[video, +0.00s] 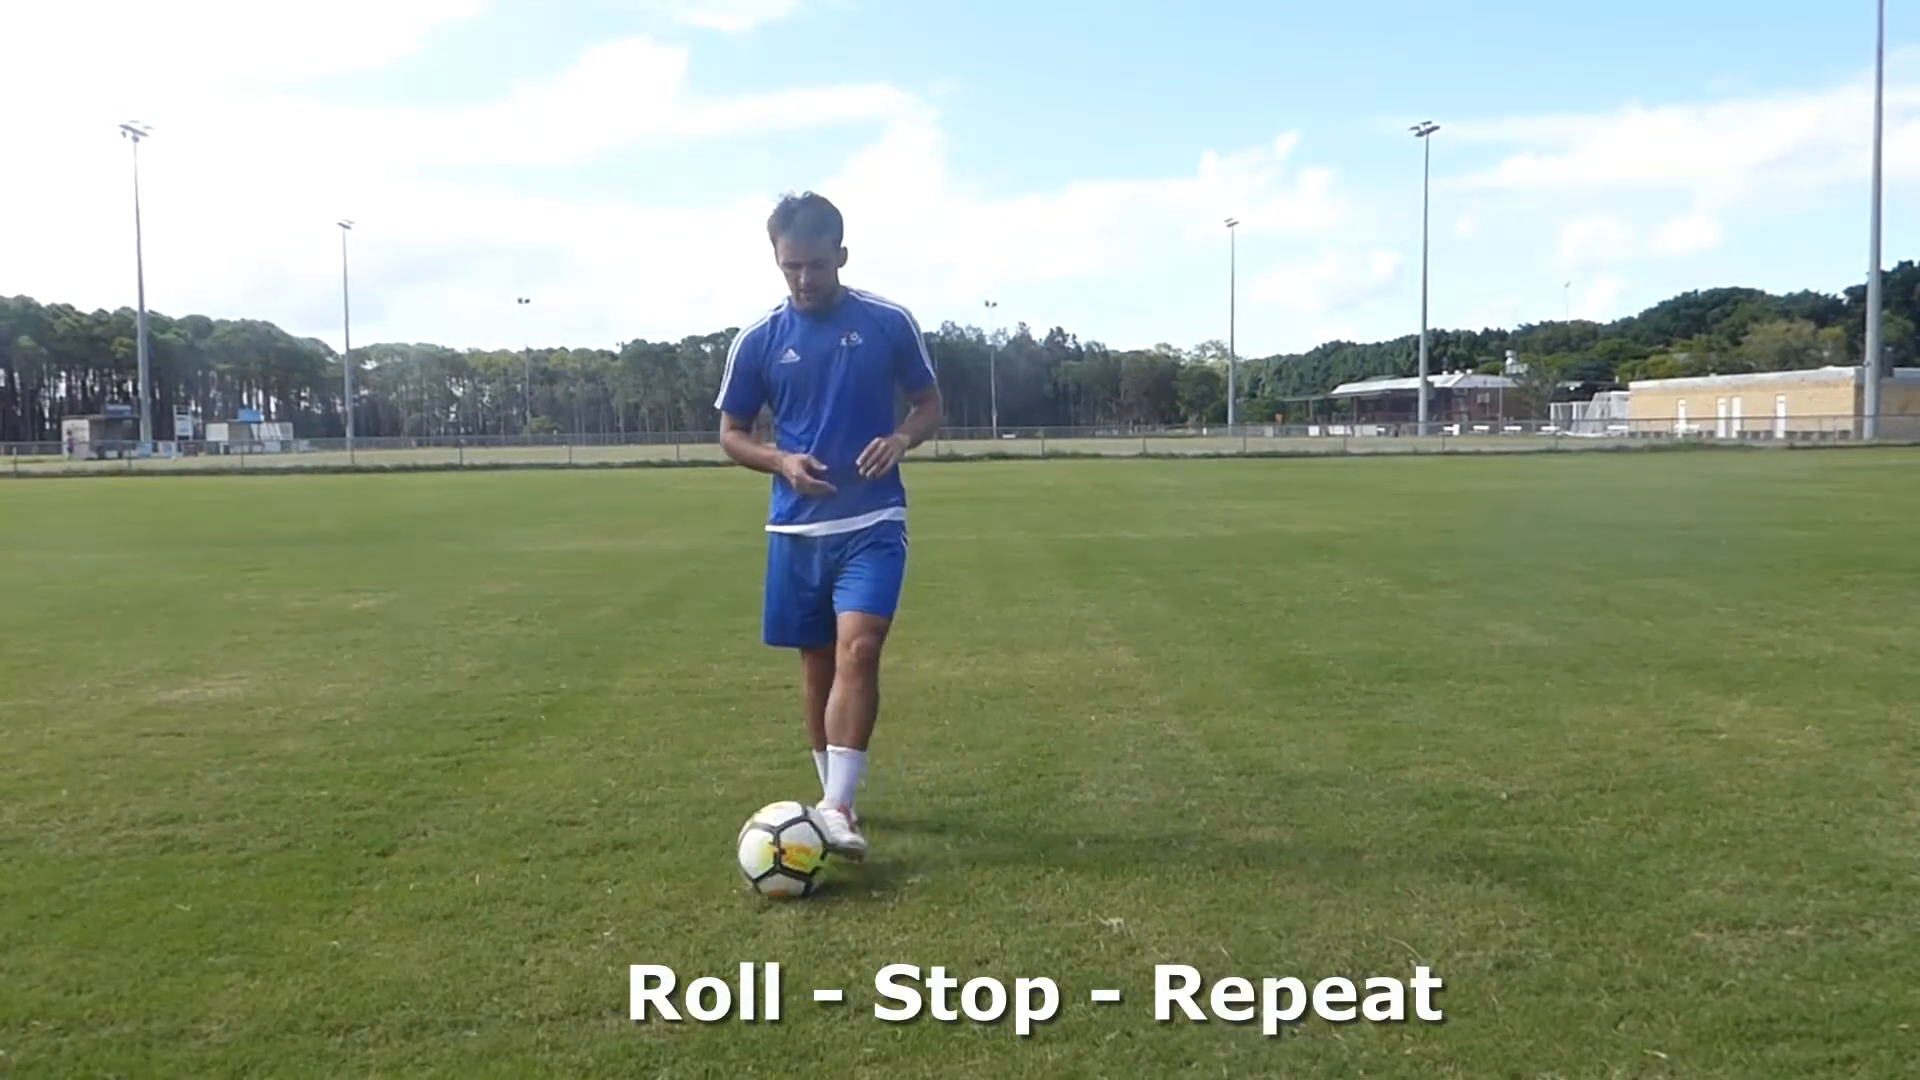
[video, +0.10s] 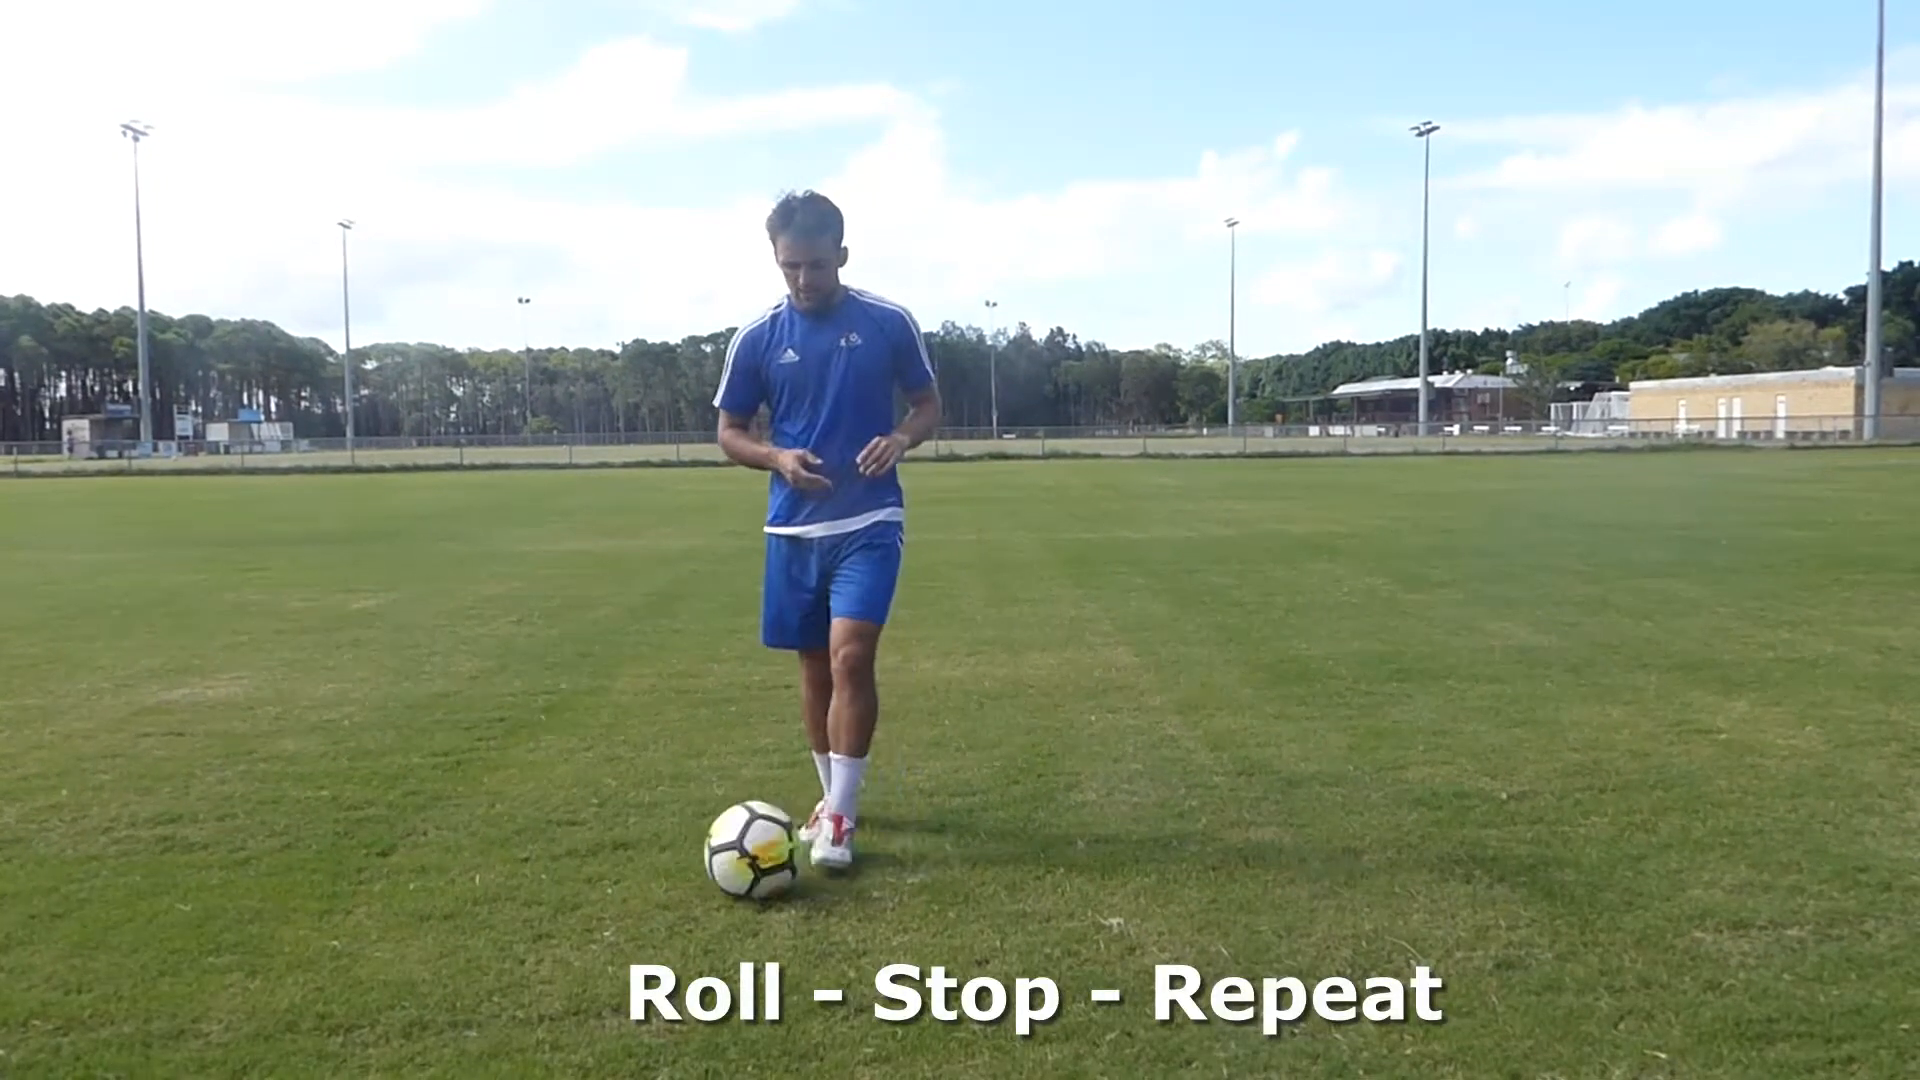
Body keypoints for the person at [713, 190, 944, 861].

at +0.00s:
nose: (805, 280)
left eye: (817, 265)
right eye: (790, 266)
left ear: (841, 255)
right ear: (774, 259)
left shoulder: (888, 323)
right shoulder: (758, 342)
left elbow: (930, 407)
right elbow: (731, 435)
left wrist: (901, 438)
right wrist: (780, 460)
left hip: (872, 524)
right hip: (797, 531)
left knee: (860, 651)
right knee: (819, 671)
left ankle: (839, 806)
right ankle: (835, 805)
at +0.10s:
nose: (804, 280)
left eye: (817, 265)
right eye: (790, 266)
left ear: (841, 253)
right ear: (774, 258)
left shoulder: (888, 324)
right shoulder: (758, 339)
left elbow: (928, 409)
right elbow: (729, 433)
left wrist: (900, 438)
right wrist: (775, 456)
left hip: (868, 523)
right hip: (795, 530)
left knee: (851, 659)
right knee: (816, 672)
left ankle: (838, 815)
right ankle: (833, 802)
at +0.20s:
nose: (804, 280)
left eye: (817, 265)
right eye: (791, 266)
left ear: (845, 254)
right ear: (777, 258)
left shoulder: (891, 328)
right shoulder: (759, 337)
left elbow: (930, 413)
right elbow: (727, 429)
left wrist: (900, 445)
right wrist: (765, 451)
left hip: (862, 527)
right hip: (789, 532)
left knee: (849, 673)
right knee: (810, 678)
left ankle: (852, 823)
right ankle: (835, 799)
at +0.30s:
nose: (809, 279)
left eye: (823, 264)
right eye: (797, 264)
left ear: (852, 254)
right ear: (783, 257)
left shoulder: (895, 330)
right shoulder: (761, 334)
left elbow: (934, 420)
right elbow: (733, 420)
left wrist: (895, 454)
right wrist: (753, 450)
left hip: (861, 531)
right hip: (785, 531)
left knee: (848, 675)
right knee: (791, 677)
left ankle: (849, 823)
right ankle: (830, 787)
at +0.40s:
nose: (815, 276)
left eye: (828, 261)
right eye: (802, 261)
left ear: (858, 251)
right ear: (789, 253)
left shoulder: (899, 329)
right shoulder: (766, 328)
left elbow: (939, 422)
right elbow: (739, 411)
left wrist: (893, 455)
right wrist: (749, 447)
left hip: (860, 534)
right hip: (782, 530)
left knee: (850, 675)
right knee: (755, 660)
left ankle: (851, 823)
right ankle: (816, 772)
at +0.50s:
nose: (816, 272)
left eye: (829, 257)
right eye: (804, 256)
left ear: (859, 247)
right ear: (790, 248)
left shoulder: (899, 326)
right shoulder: (768, 323)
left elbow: (939, 422)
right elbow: (744, 405)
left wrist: (889, 457)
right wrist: (749, 447)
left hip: (857, 534)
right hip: (776, 524)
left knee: (851, 678)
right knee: (729, 637)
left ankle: (849, 825)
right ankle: (770, 783)